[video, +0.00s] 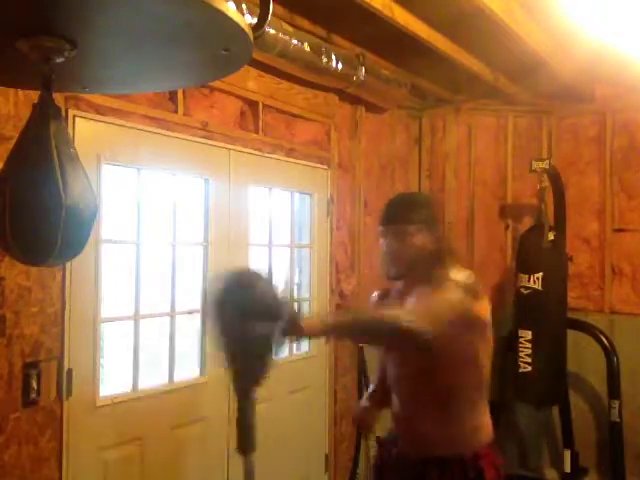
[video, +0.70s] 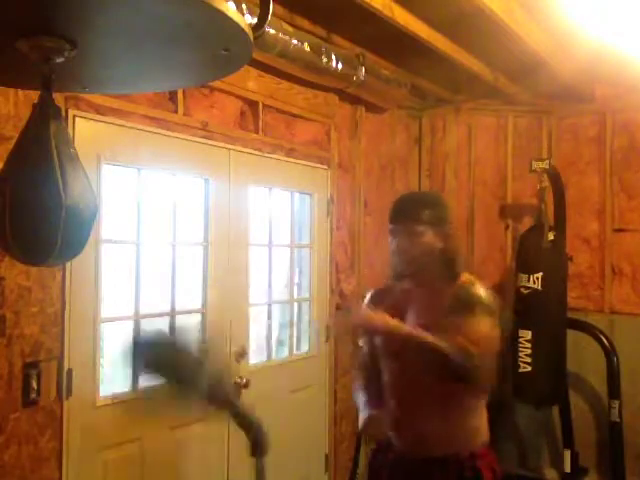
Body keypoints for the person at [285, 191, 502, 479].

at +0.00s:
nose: (388, 248)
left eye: (400, 237)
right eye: (385, 237)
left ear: (426, 237)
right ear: (381, 239)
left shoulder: (459, 288)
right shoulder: (386, 300)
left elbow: (412, 324)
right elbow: (387, 370)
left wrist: (318, 326)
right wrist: (370, 404)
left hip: (462, 459)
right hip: (405, 453)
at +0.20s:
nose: (385, 254)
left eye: (394, 243)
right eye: (385, 243)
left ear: (421, 243)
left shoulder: (457, 292)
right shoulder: (399, 305)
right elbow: (401, 375)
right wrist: (365, 380)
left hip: (467, 462)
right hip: (417, 457)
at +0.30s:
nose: (401, 248)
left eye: (412, 237)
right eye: (398, 237)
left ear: (439, 239)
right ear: (393, 240)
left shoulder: (483, 297)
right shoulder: (389, 302)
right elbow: (390, 368)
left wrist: (448, 397)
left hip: (473, 462)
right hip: (409, 459)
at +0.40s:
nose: (413, 246)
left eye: (428, 234)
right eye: (407, 234)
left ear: (454, 238)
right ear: (400, 240)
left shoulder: (496, 302)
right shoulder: (381, 297)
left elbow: (544, 378)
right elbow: (342, 344)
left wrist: (494, 401)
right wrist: (331, 324)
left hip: (471, 463)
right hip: (404, 462)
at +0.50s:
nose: (415, 248)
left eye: (429, 236)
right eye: (408, 236)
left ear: (455, 240)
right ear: (401, 239)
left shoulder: (494, 306)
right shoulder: (384, 296)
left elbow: (534, 383)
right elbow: (328, 339)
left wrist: (488, 387)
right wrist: (349, 325)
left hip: (469, 461)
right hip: (401, 461)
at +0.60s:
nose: (411, 249)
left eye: (425, 236)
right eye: (405, 237)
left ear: (452, 240)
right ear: (398, 240)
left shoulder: (487, 307)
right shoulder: (378, 300)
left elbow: (525, 389)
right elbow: (345, 366)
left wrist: (457, 365)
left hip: (466, 462)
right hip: (397, 461)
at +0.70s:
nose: (400, 246)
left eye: (413, 235)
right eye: (394, 236)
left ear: (441, 238)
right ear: (388, 240)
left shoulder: (473, 298)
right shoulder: (382, 301)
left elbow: (475, 367)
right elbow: (366, 366)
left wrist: (385, 327)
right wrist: (370, 412)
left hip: (462, 463)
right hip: (398, 460)